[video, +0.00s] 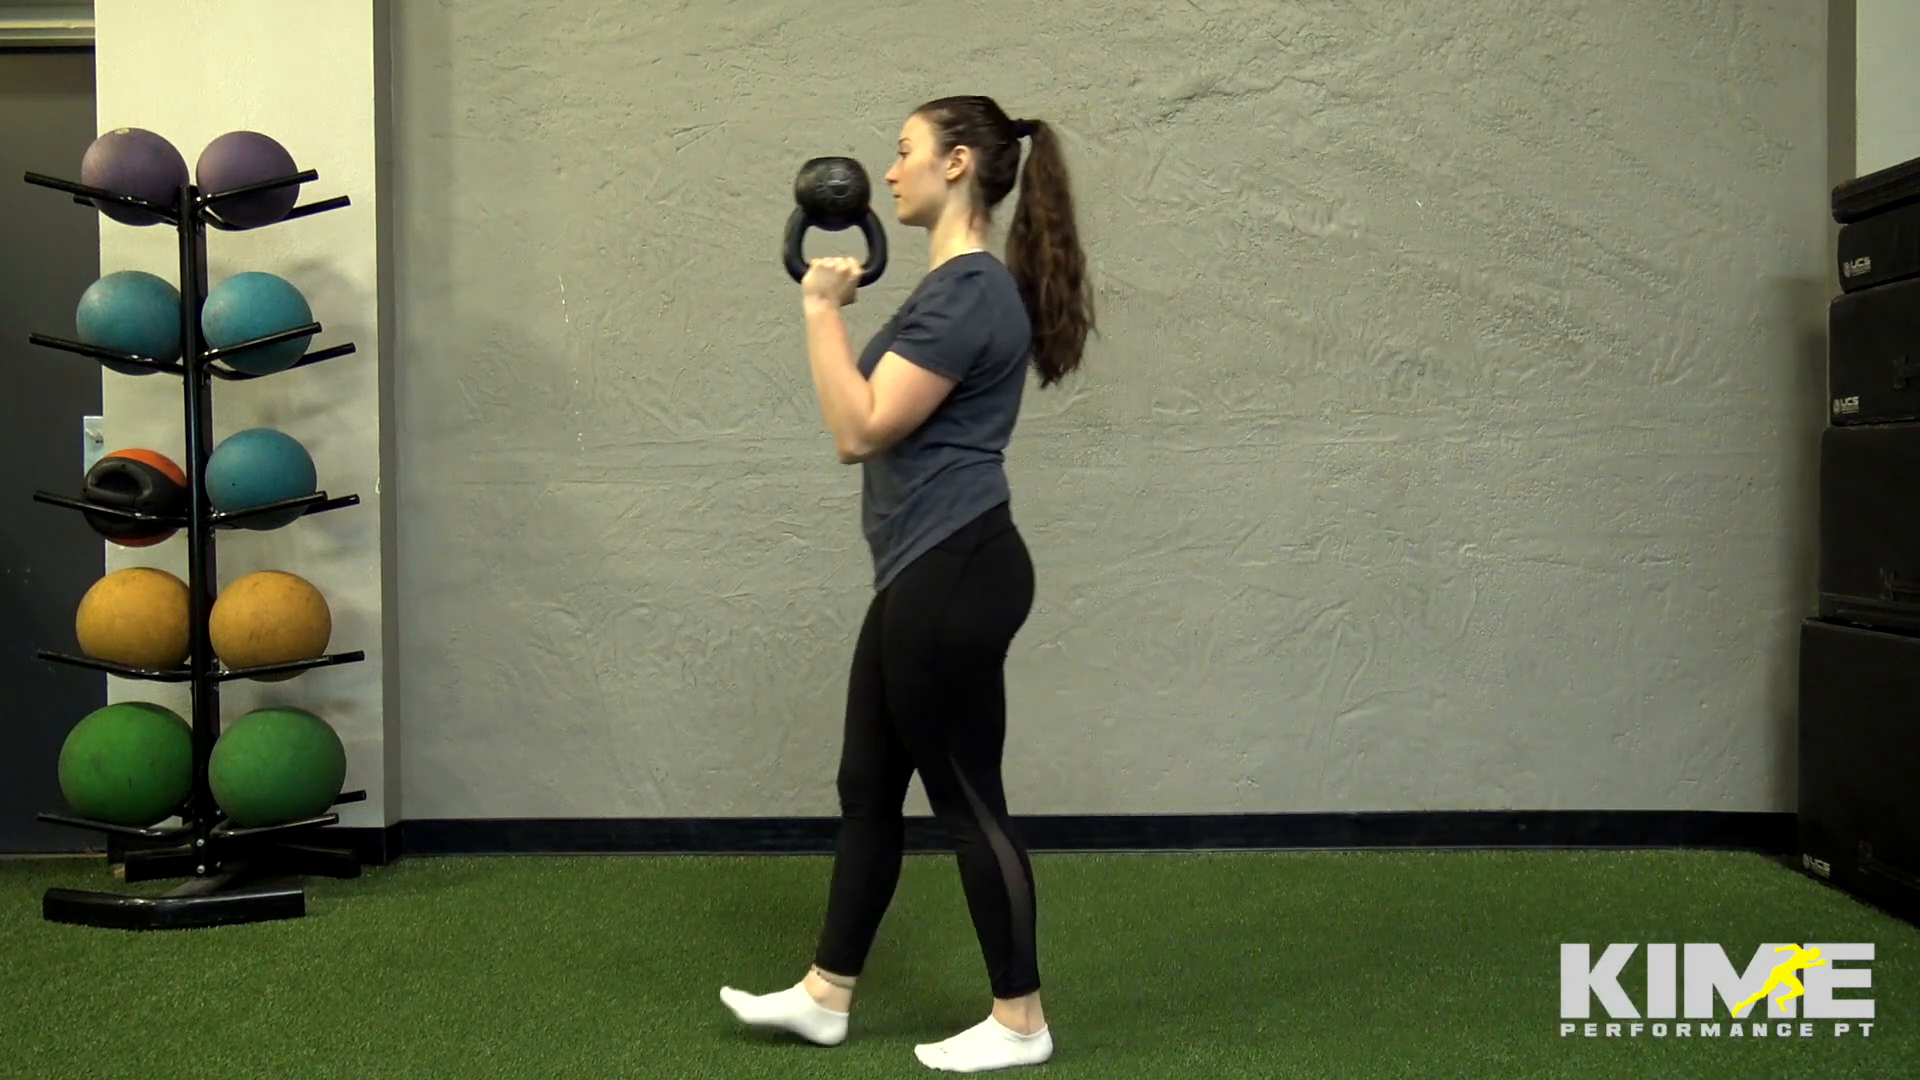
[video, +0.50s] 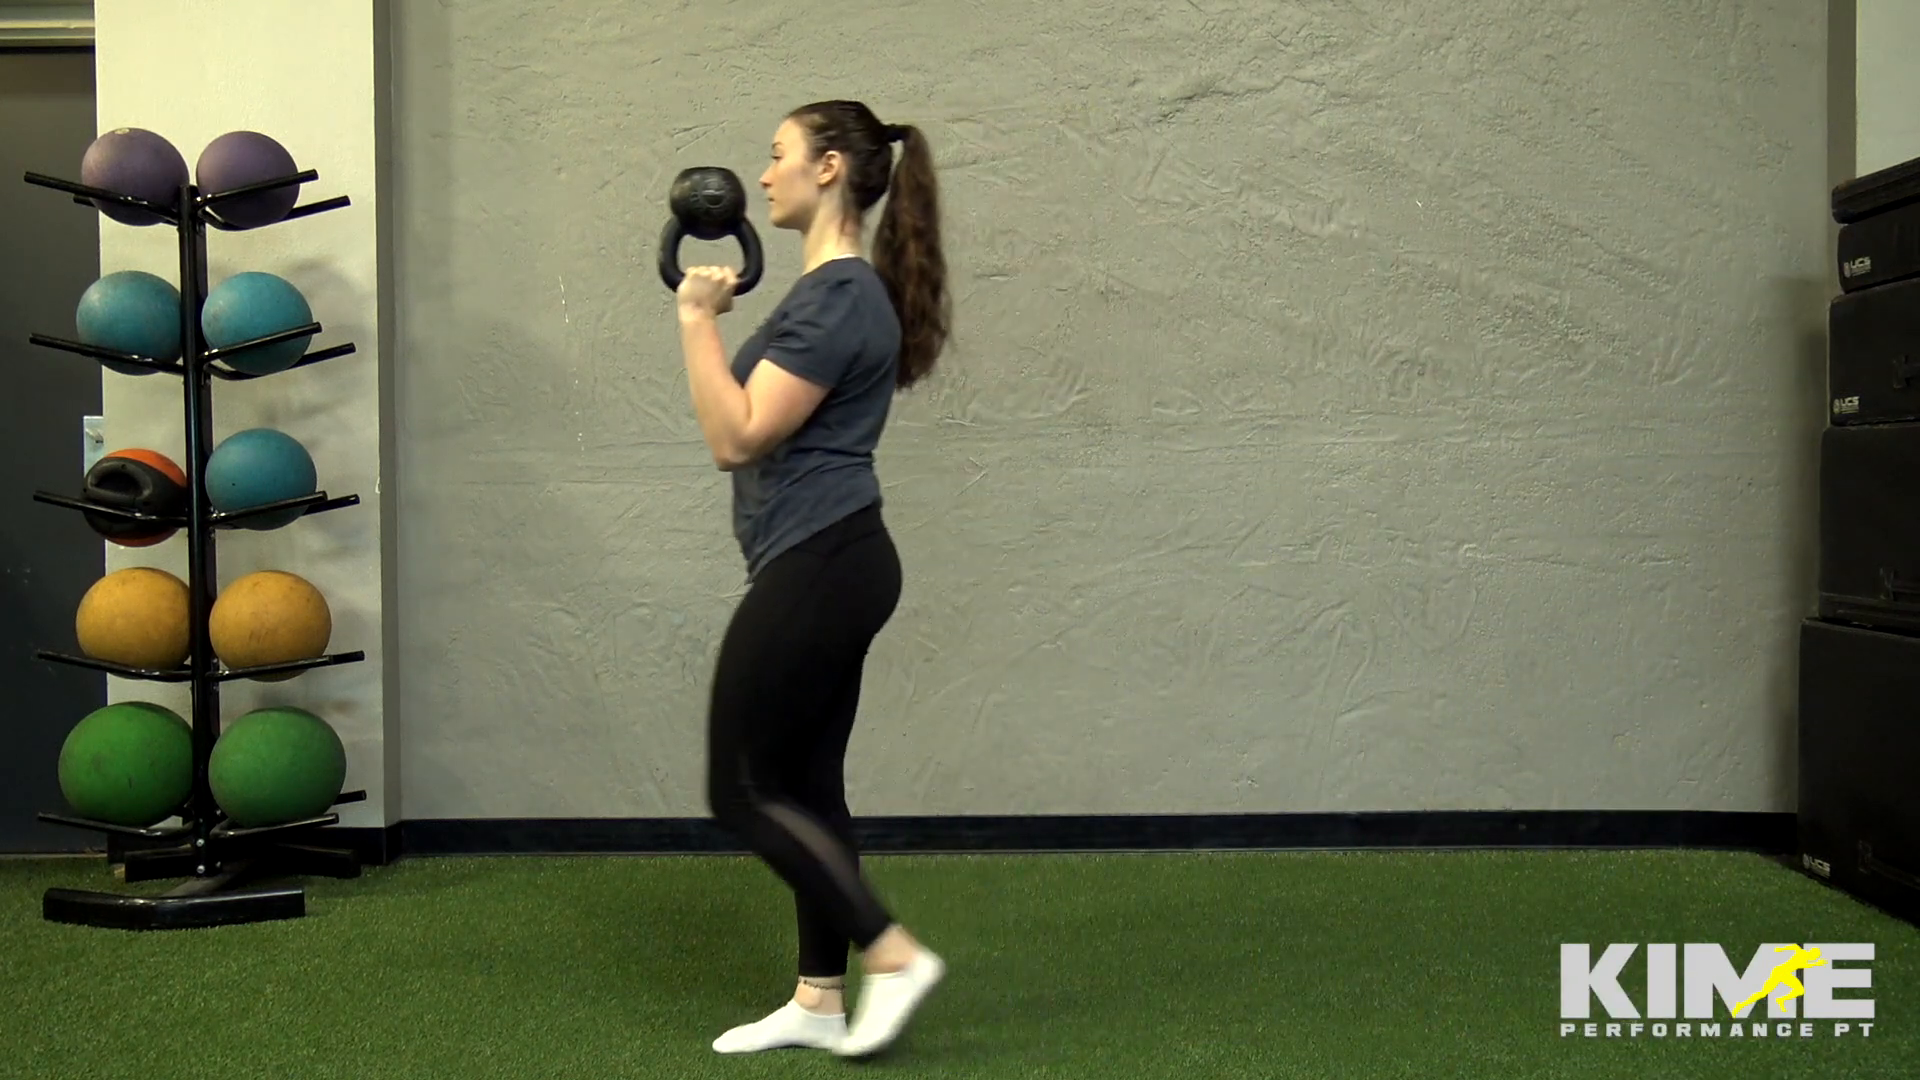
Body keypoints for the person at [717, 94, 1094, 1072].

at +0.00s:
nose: (888, 174)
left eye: (904, 157)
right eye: (893, 156)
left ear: (958, 169)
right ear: (957, 172)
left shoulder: (972, 291)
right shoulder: (947, 286)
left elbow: (858, 425)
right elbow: (868, 424)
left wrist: (822, 309)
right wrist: (823, 314)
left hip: (958, 567)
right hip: (919, 570)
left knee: (967, 800)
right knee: (870, 787)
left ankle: (1020, 1017)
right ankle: (825, 993)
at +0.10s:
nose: (858, 175)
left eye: (872, 158)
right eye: (862, 158)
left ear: (926, 168)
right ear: (927, 170)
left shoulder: (944, 293)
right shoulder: (919, 288)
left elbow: (828, 427)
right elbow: (825, 424)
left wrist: (790, 312)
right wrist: (792, 314)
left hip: (923, 565)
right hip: (892, 568)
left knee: (940, 799)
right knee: (858, 795)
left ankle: (1017, 1014)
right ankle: (825, 1000)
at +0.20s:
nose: (835, 173)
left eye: (850, 156)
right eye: (840, 156)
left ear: (901, 169)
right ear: (903, 170)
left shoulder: (917, 292)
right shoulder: (895, 288)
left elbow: (808, 426)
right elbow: (797, 433)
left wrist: (766, 311)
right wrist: (771, 312)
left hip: (899, 563)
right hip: (872, 567)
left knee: (906, 794)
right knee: (846, 793)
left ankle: (1011, 1005)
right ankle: (822, 1000)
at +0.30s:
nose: (813, 174)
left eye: (828, 157)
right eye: (819, 157)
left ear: (878, 171)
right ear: (884, 172)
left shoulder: (888, 295)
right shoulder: (879, 289)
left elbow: (784, 429)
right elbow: (779, 435)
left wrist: (745, 312)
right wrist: (755, 317)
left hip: (871, 564)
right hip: (857, 562)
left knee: (860, 791)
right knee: (835, 788)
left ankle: (996, 987)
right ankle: (820, 1000)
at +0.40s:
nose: (782, 176)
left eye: (797, 159)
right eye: (788, 159)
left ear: (847, 172)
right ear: (853, 174)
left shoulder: (859, 297)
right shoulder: (851, 291)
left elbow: (757, 434)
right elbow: (751, 436)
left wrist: (715, 317)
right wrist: (726, 320)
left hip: (836, 563)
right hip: (838, 558)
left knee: (788, 801)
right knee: (816, 794)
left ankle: (949, 964)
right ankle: (819, 1000)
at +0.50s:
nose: (763, 176)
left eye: (778, 159)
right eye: (768, 159)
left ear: (829, 171)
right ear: (833, 173)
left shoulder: (842, 295)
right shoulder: (838, 290)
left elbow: (739, 434)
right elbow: (736, 434)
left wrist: (697, 317)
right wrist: (705, 318)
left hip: (817, 563)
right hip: (832, 558)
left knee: (739, 792)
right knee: (811, 788)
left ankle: (894, 956)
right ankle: (817, 1000)